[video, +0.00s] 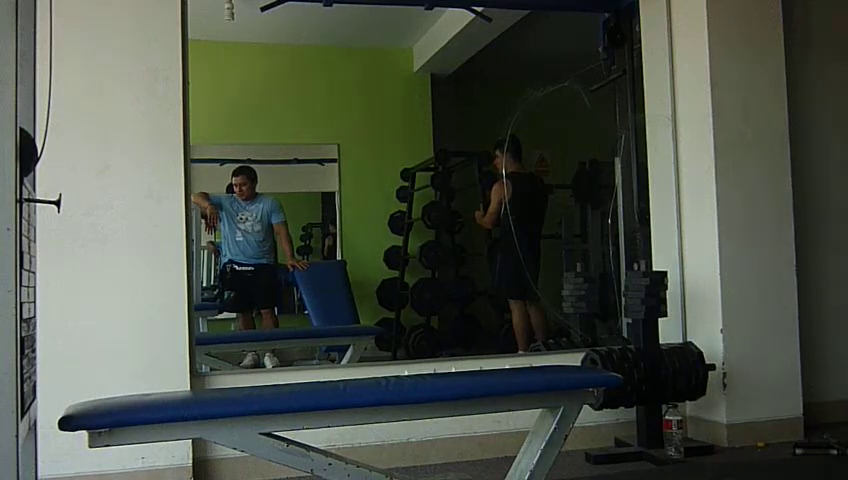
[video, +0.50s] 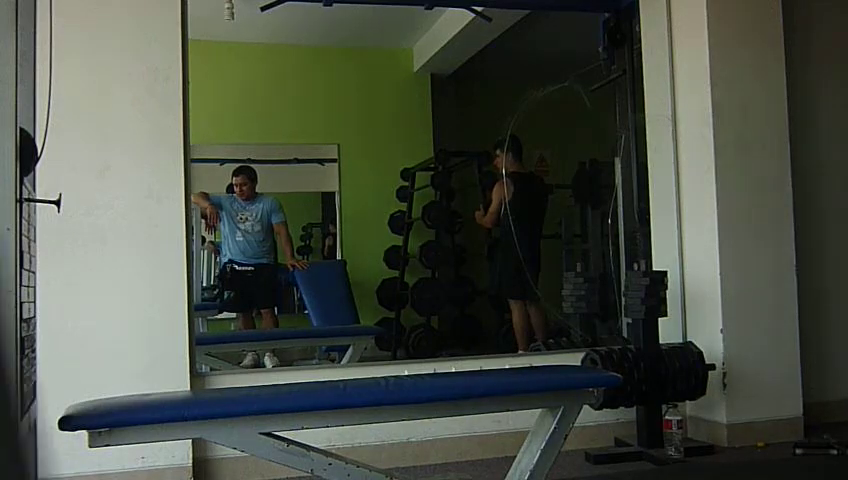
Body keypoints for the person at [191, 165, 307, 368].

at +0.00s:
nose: (238, 189)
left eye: (243, 185)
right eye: (235, 185)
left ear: (254, 184)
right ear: (232, 186)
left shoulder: (269, 204)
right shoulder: (226, 201)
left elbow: (281, 232)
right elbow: (197, 197)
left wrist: (290, 259)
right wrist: (208, 206)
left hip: (263, 267)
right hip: (235, 267)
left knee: (266, 311)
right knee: (243, 313)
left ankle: (269, 352)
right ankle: (251, 352)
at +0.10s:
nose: (238, 189)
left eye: (243, 184)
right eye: (235, 185)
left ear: (254, 184)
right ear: (232, 185)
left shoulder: (269, 204)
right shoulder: (226, 201)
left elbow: (281, 232)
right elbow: (197, 197)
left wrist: (290, 258)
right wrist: (208, 206)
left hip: (263, 267)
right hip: (235, 268)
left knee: (266, 311)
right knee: (243, 313)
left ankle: (269, 352)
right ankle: (250, 352)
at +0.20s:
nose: (239, 189)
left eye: (243, 184)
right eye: (235, 185)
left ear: (254, 184)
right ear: (232, 185)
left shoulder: (269, 204)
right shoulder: (226, 201)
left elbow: (281, 232)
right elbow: (197, 197)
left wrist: (289, 258)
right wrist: (208, 206)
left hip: (263, 267)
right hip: (235, 267)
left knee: (266, 310)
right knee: (243, 313)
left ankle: (269, 352)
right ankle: (250, 352)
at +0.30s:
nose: (238, 189)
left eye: (243, 184)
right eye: (235, 185)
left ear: (254, 184)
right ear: (232, 185)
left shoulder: (269, 204)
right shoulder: (226, 201)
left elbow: (282, 232)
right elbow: (197, 197)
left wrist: (289, 258)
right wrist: (208, 206)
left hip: (263, 267)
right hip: (235, 268)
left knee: (266, 311)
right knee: (243, 313)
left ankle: (269, 352)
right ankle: (250, 352)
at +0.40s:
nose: (238, 189)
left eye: (243, 185)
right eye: (235, 185)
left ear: (254, 184)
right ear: (232, 185)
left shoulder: (269, 204)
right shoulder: (226, 201)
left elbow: (282, 232)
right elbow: (197, 197)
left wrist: (289, 258)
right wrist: (208, 206)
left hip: (263, 267)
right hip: (235, 268)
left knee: (266, 311)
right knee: (243, 313)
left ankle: (269, 352)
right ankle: (251, 352)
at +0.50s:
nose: (238, 189)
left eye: (243, 185)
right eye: (235, 185)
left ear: (254, 184)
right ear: (232, 185)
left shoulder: (269, 204)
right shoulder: (226, 201)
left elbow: (282, 232)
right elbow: (197, 197)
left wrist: (289, 258)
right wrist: (208, 206)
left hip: (263, 267)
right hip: (235, 268)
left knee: (266, 311)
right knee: (243, 313)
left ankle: (269, 352)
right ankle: (251, 352)